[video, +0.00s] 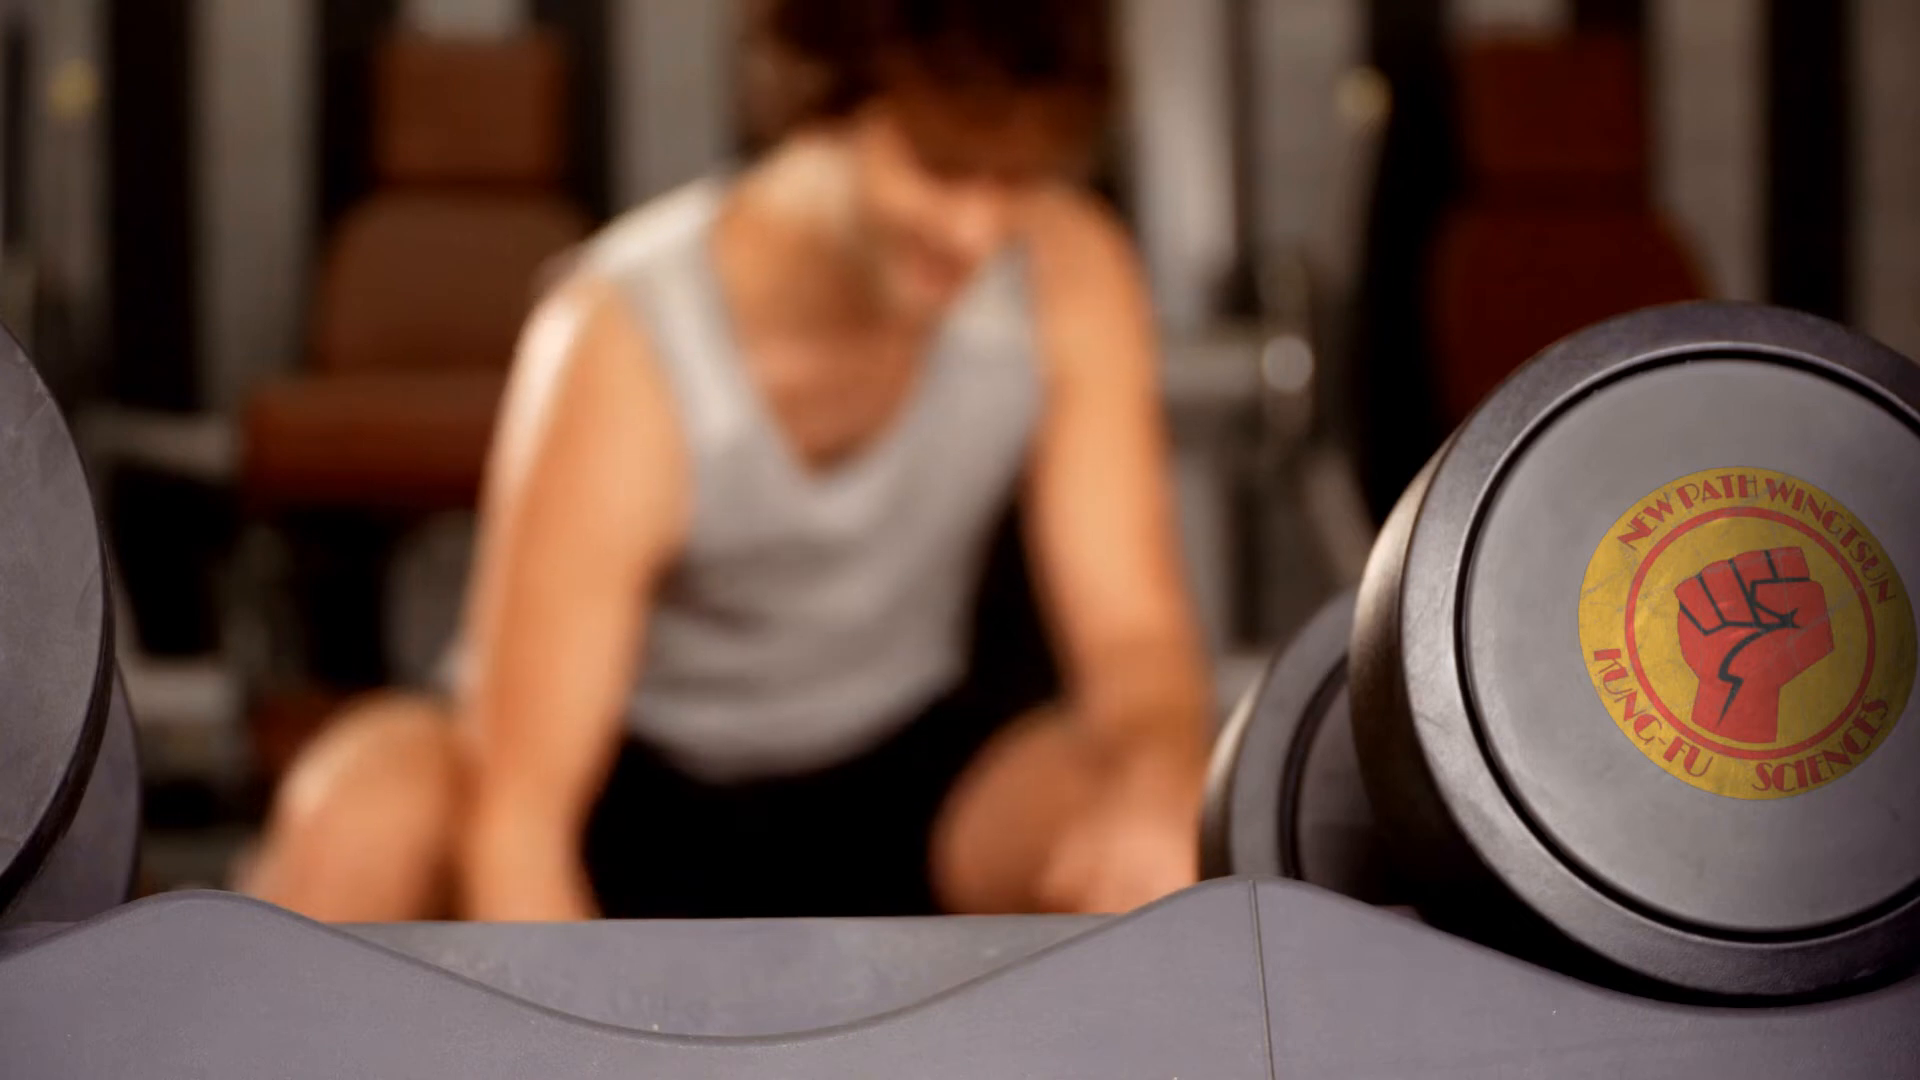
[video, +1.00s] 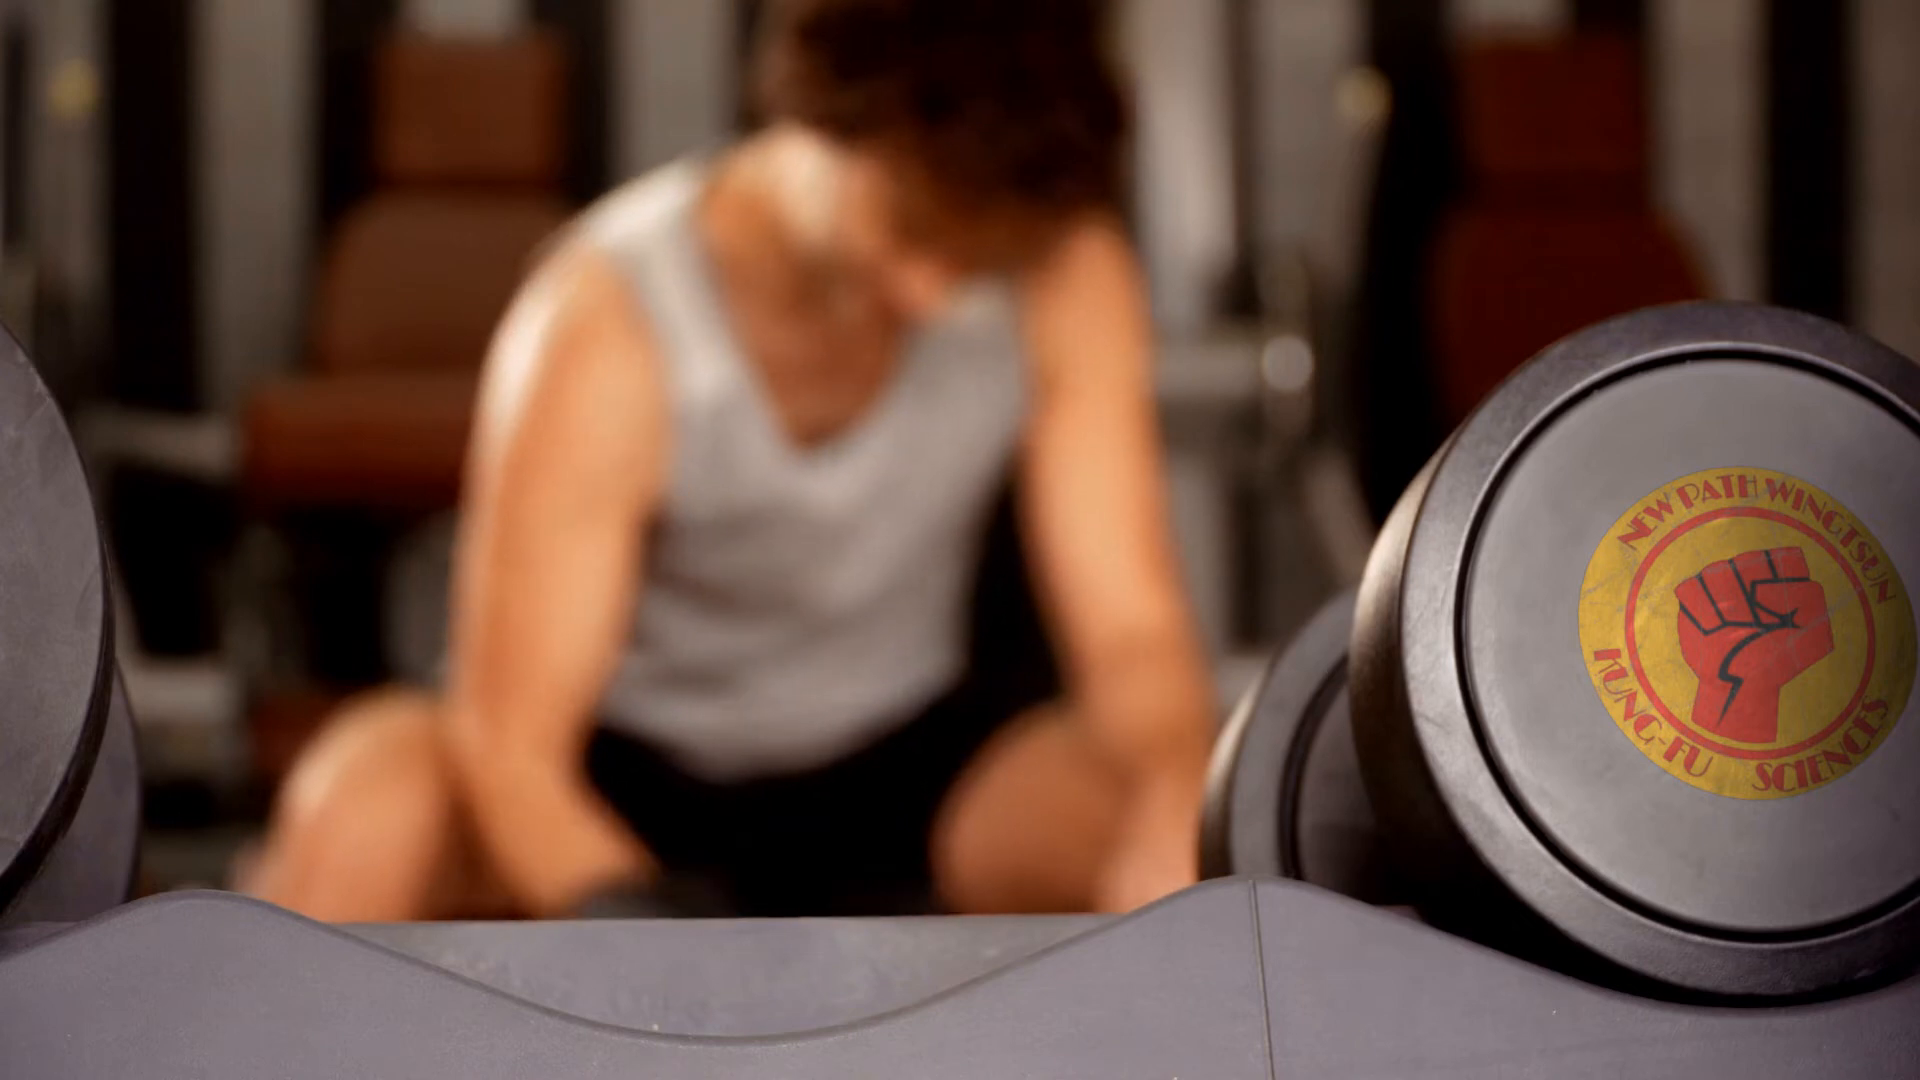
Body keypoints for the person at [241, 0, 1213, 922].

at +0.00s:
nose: (976, 231)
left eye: (1016, 182)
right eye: (938, 170)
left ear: (1056, 158)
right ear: (828, 113)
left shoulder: (1064, 270)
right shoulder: (623, 333)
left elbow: (1135, 651)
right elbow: (520, 815)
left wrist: (1152, 814)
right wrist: (594, 1063)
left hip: (898, 783)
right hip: (623, 793)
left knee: (1153, 824)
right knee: (362, 797)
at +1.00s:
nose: (932, 299)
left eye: (982, 262)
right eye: (906, 242)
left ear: (1041, 219)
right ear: (825, 137)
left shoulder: (1058, 263)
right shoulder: (604, 313)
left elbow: (1132, 641)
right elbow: (510, 749)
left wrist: (1169, 837)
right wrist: (672, 954)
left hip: (904, 773)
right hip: (628, 786)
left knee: (1189, 811)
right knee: (365, 788)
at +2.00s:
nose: (885, 277)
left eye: (930, 239)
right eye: (858, 223)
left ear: (985, 185)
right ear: (769, 128)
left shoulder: (1018, 257)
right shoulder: (517, 316)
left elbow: (1125, 635)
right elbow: (511, 748)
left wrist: (1181, 840)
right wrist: (750, 717)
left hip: (887, 783)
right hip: (596, 797)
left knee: (1182, 801)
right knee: (357, 798)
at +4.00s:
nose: (899, 229)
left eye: (944, 180)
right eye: (864, 166)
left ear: (998, 140)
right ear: (764, 78)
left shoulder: (1019, 254)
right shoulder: (520, 311)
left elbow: (1125, 627)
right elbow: (528, 753)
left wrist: (1187, 833)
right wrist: (824, 725)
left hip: (888, 803)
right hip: (607, 811)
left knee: (1189, 794)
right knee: (374, 787)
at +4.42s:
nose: (854, 231)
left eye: (902, 180)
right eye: (815, 170)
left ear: (951, 145)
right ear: (708, 92)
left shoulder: (991, 256)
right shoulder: (466, 329)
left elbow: (1117, 631)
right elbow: (526, 763)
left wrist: (1183, 885)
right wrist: (753, 663)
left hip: (894, 788)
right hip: (596, 810)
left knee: (1179, 808)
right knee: (375, 804)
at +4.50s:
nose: (855, 232)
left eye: (901, 182)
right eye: (815, 172)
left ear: (949, 148)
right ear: (708, 101)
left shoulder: (990, 256)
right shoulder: (466, 330)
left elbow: (1119, 633)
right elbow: (529, 769)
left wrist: (1179, 888)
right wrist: (754, 651)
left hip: (890, 782)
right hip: (597, 806)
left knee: (1183, 807)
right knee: (374, 803)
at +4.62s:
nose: (860, 235)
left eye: (904, 184)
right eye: (819, 175)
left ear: (951, 149)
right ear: (712, 108)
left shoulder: (993, 259)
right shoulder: (469, 332)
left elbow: (1122, 635)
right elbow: (534, 773)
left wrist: (1176, 880)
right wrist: (750, 634)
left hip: (894, 779)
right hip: (601, 801)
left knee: (1185, 814)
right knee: (371, 805)